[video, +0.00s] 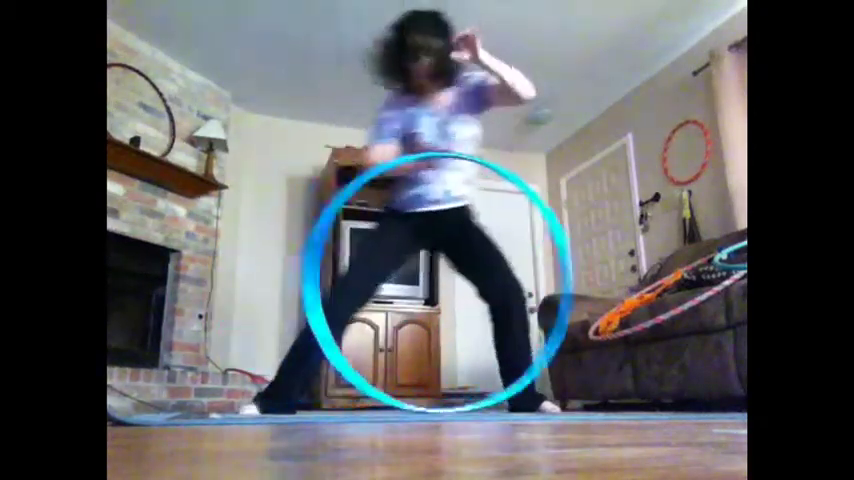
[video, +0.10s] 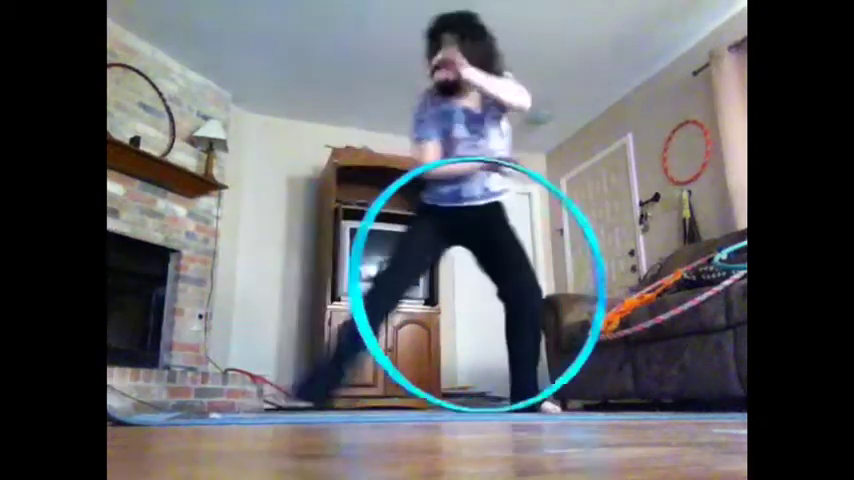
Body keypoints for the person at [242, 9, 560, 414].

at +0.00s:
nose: (421, 63)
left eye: (429, 54)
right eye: (413, 55)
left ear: (447, 55)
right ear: (401, 59)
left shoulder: (468, 93)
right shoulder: (398, 105)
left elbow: (524, 93)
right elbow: (378, 158)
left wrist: (482, 59)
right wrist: (415, 158)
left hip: (453, 217)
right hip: (403, 219)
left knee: (507, 294)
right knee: (342, 301)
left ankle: (525, 399)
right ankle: (275, 403)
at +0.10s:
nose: (444, 62)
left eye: (452, 52)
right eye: (438, 55)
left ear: (476, 54)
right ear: (433, 60)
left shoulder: (498, 88)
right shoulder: (433, 102)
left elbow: (522, 101)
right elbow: (427, 169)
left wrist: (469, 73)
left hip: (486, 215)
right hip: (437, 216)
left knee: (525, 296)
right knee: (385, 293)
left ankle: (525, 398)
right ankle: (314, 391)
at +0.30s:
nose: (475, 73)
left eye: (485, 62)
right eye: (466, 64)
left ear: (501, 64)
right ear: (455, 68)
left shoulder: (517, 95)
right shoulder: (446, 108)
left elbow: (508, 124)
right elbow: (467, 171)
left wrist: (445, 113)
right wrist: (532, 177)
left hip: (508, 215)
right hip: (458, 219)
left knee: (527, 298)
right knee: (424, 298)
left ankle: (533, 400)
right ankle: (424, 390)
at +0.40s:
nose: (478, 77)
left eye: (487, 68)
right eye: (469, 68)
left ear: (501, 70)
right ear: (459, 71)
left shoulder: (517, 102)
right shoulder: (449, 113)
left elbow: (503, 138)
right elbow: (464, 172)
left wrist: (441, 131)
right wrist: (525, 176)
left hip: (513, 220)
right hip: (465, 223)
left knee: (522, 301)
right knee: (425, 305)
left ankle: (534, 402)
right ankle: (444, 393)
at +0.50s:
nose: (475, 79)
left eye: (484, 70)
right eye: (467, 70)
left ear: (497, 73)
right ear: (455, 73)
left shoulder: (513, 106)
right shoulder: (445, 117)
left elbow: (498, 147)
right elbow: (449, 174)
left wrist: (441, 129)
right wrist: (506, 173)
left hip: (508, 223)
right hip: (461, 224)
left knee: (522, 301)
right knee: (416, 299)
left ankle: (534, 400)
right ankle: (427, 393)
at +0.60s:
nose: (465, 81)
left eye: (473, 73)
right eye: (457, 73)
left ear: (485, 76)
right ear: (446, 75)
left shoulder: (498, 108)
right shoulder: (431, 116)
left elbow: (490, 153)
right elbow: (416, 169)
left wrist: (440, 126)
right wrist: (456, 171)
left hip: (494, 223)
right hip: (447, 226)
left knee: (517, 299)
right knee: (401, 298)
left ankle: (534, 395)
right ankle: (386, 394)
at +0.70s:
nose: (455, 84)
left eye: (463, 77)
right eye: (447, 76)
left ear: (473, 82)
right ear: (436, 78)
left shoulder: (485, 116)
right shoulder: (418, 121)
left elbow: (486, 157)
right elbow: (392, 164)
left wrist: (438, 131)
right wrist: (416, 164)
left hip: (479, 224)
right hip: (433, 225)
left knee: (508, 304)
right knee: (391, 302)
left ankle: (534, 396)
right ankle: (377, 398)